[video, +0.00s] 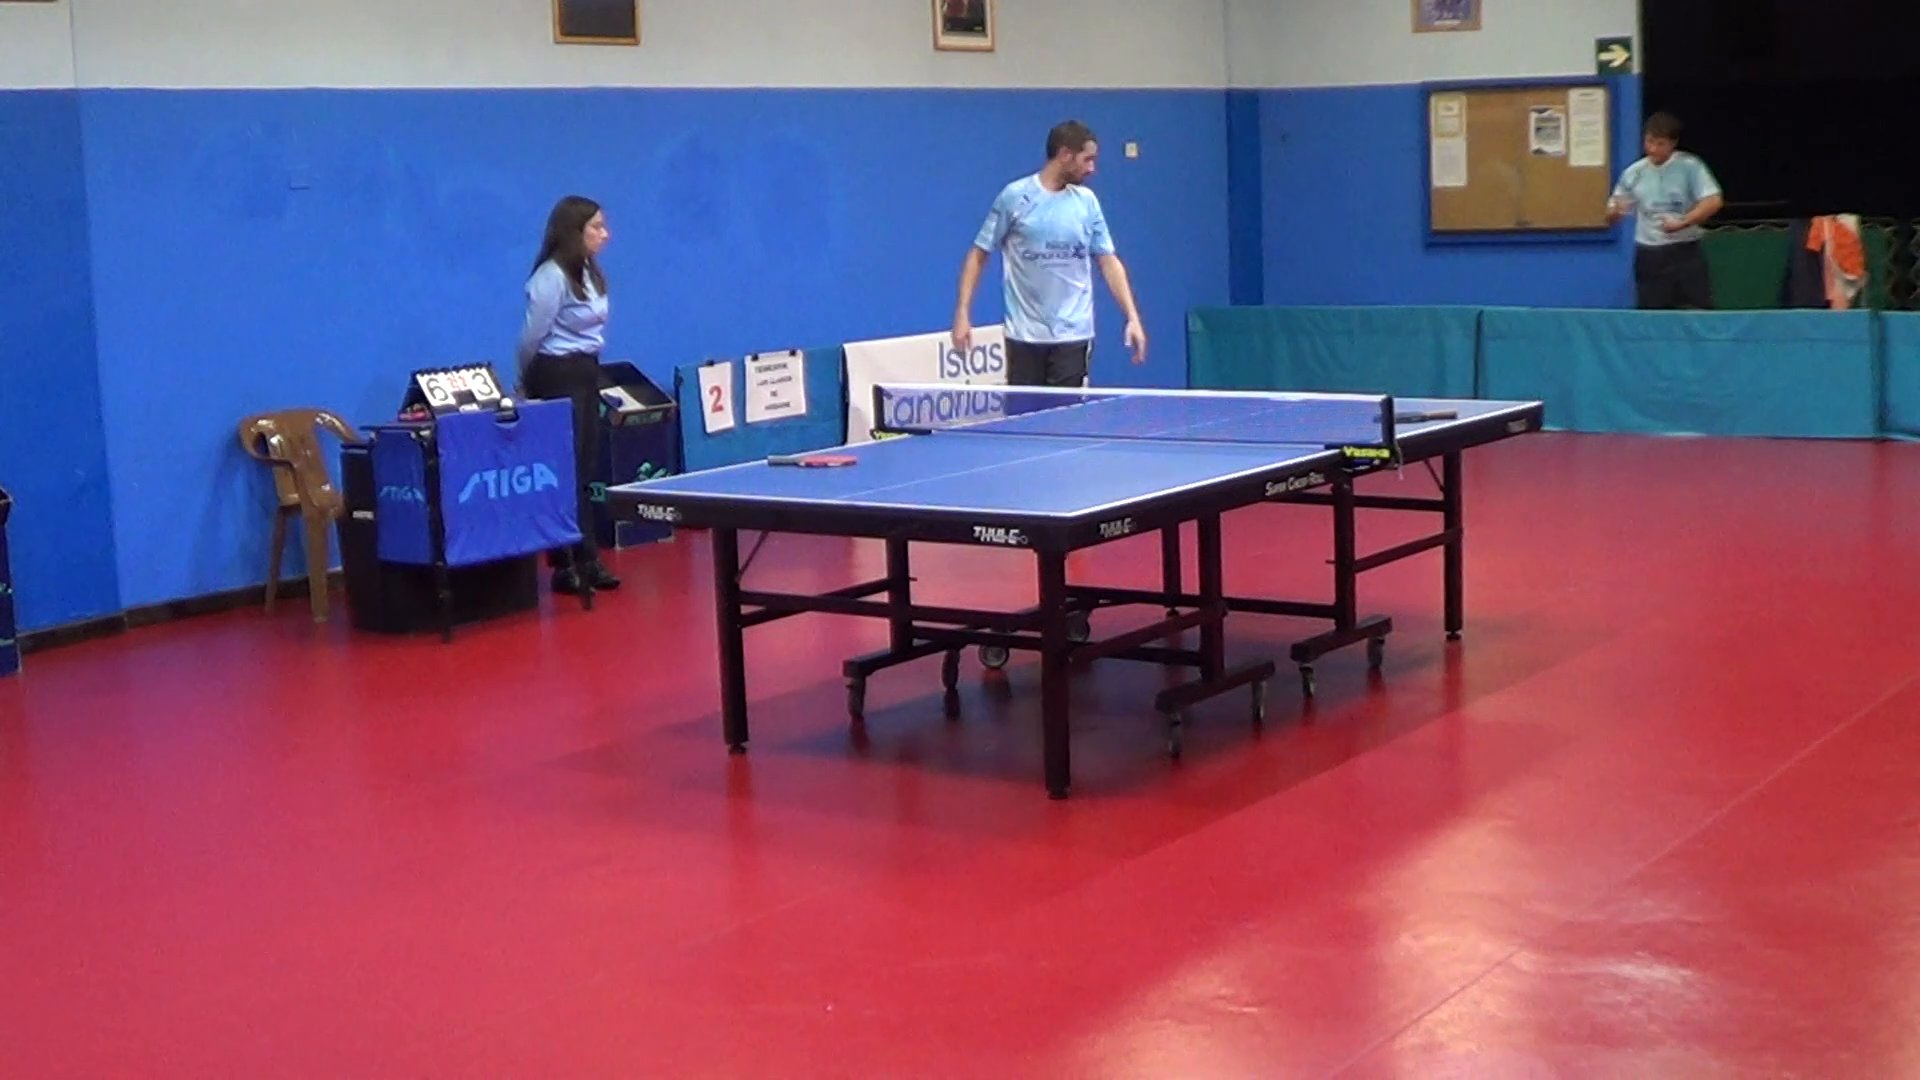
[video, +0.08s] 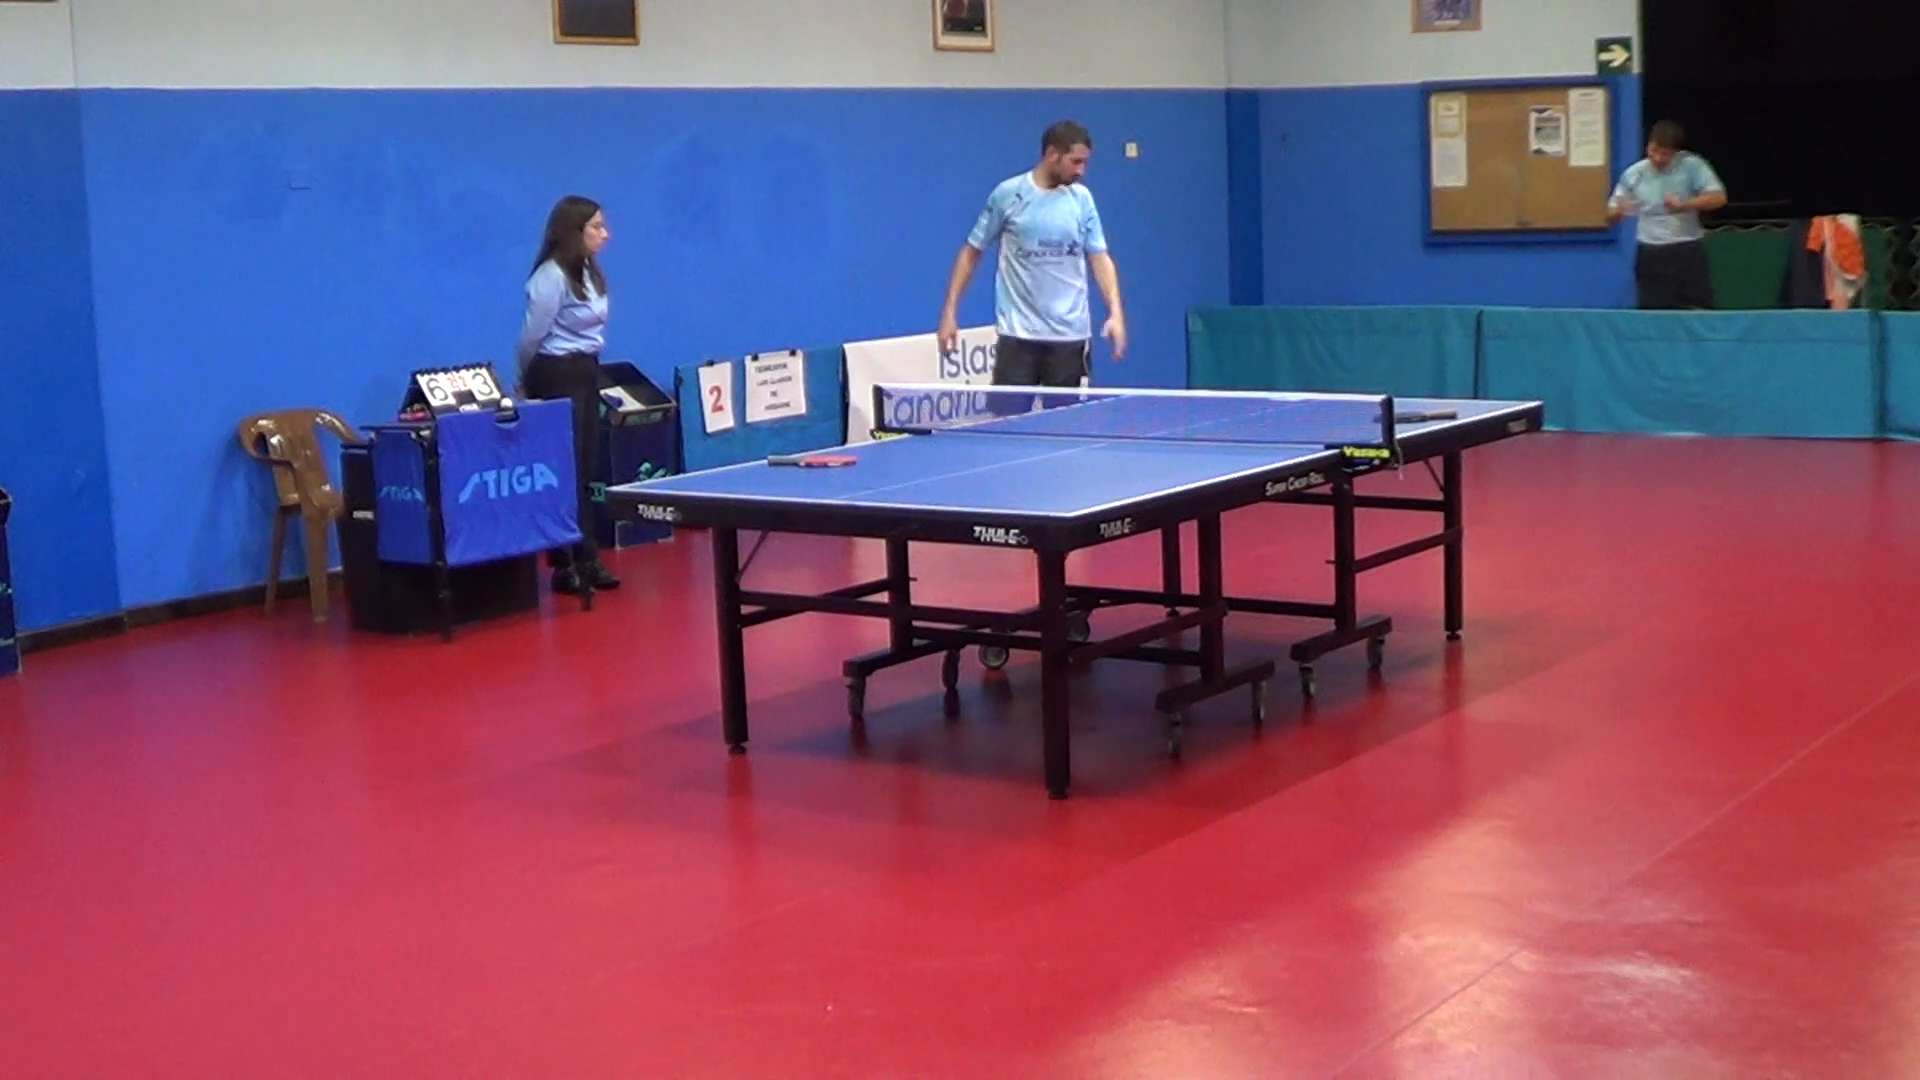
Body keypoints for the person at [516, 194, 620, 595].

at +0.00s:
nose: (605, 233)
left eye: (604, 226)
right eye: (597, 227)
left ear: (589, 231)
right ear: (575, 232)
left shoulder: (590, 271)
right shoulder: (551, 276)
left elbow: (586, 328)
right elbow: (532, 334)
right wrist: (523, 374)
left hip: (586, 367)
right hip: (557, 370)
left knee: (584, 464)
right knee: (564, 466)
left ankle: (587, 556)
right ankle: (565, 562)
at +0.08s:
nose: (605, 233)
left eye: (604, 225)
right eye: (597, 227)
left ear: (588, 231)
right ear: (575, 232)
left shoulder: (589, 270)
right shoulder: (551, 276)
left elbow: (585, 328)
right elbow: (531, 334)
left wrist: (532, 368)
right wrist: (523, 374)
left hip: (586, 367)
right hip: (557, 370)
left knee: (584, 464)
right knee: (563, 466)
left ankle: (587, 556)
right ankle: (565, 562)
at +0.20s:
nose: (604, 233)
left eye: (603, 225)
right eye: (597, 226)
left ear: (587, 231)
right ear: (575, 231)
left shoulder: (590, 271)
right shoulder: (551, 276)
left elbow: (586, 328)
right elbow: (531, 335)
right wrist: (523, 375)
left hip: (586, 367)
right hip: (557, 370)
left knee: (584, 463)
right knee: (563, 466)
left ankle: (587, 556)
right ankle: (565, 562)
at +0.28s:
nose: (604, 233)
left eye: (603, 225)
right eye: (597, 226)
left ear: (587, 231)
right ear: (575, 231)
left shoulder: (590, 271)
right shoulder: (551, 276)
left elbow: (586, 328)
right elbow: (531, 335)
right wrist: (523, 374)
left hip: (586, 367)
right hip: (557, 370)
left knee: (585, 463)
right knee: (563, 466)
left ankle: (587, 555)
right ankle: (565, 562)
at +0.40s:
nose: (604, 232)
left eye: (603, 225)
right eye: (597, 226)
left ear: (587, 231)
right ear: (575, 231)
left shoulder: (589, 271)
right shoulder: (551, 276)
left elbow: (587, 328)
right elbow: (532, 334)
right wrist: (523, 374)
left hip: (586, 367)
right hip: (557, 370)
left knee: (585, 463)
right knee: (563, 465)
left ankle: (587, 556)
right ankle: (565, 562)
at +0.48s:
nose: (604, 232)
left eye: (603, 224)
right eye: (596, 225)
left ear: (587, 231)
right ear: (574, 231)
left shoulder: (589, 271)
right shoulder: (551, 277)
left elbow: (587, 328)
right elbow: (532, 334)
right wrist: (523, 374)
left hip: (586, 366)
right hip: (556, 370)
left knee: (584, 463)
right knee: (562, 466)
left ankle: (587, 556)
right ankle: (564, 562)